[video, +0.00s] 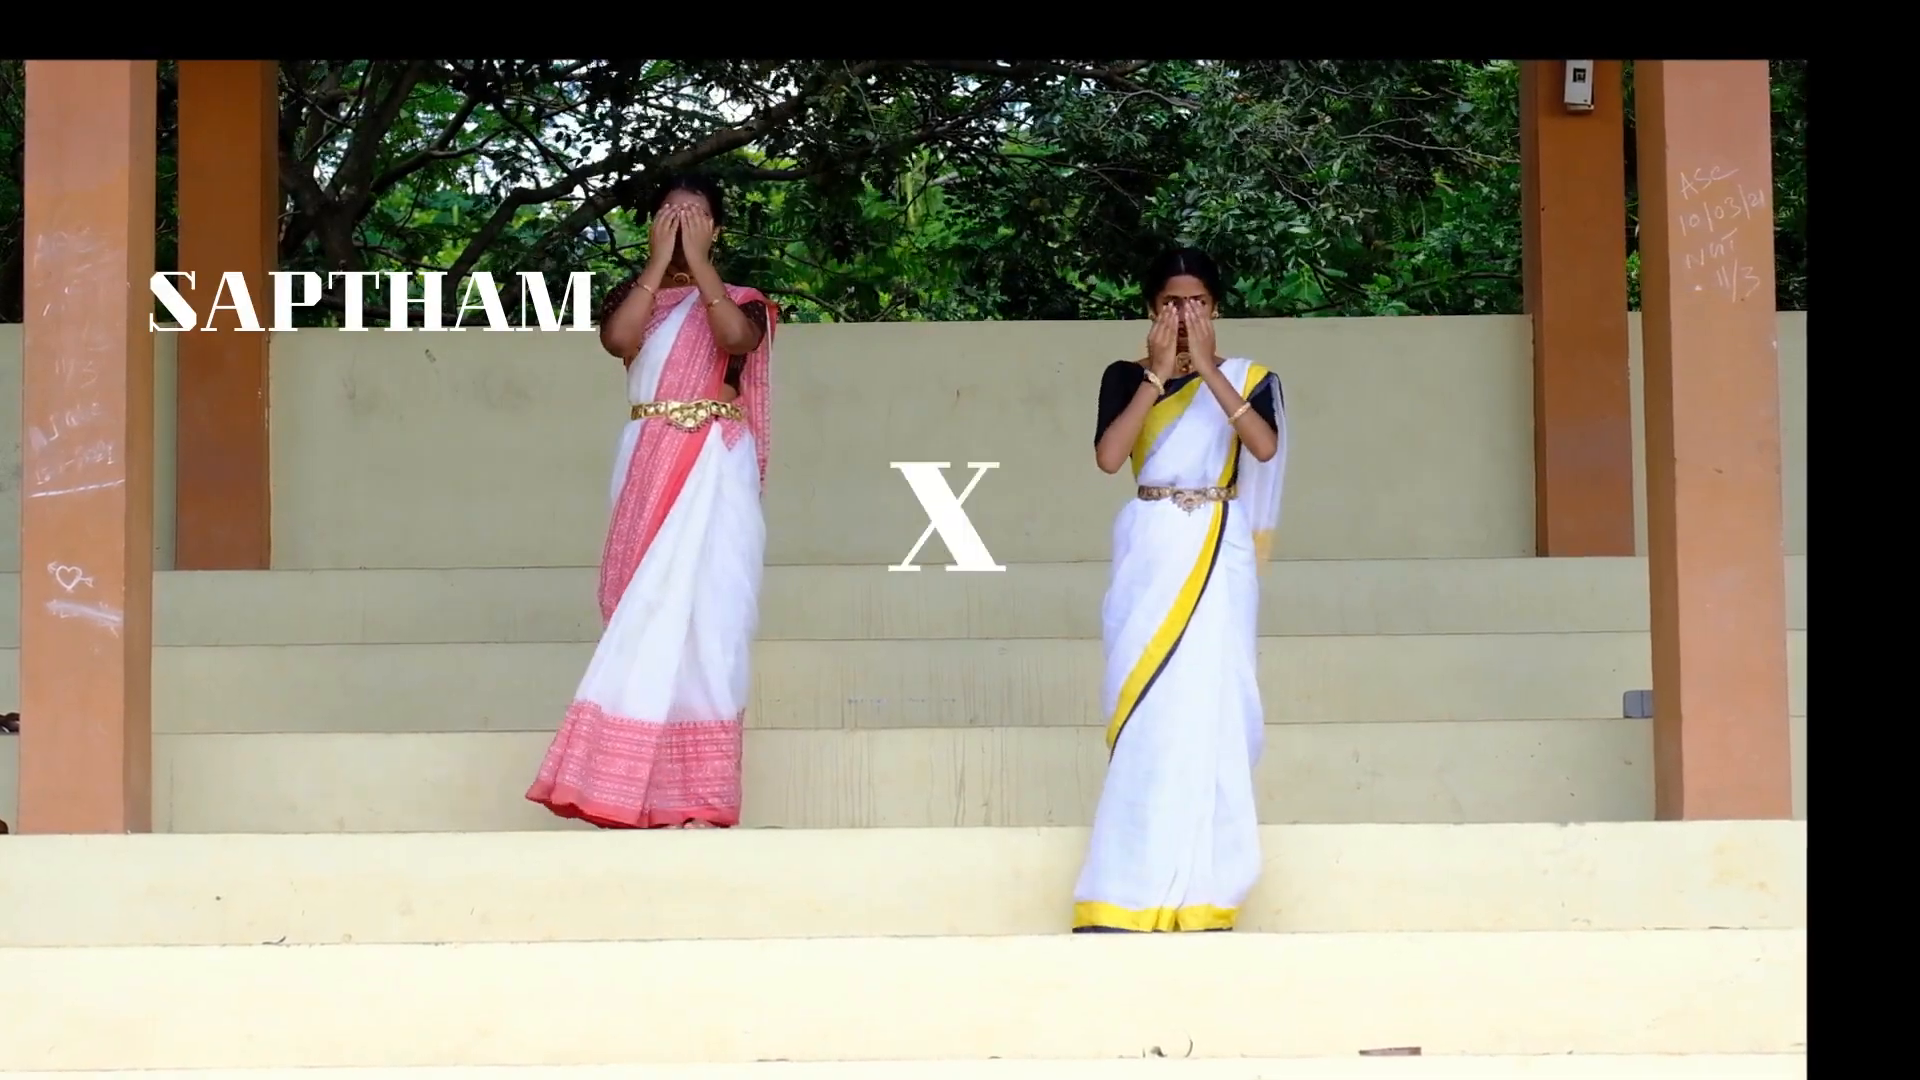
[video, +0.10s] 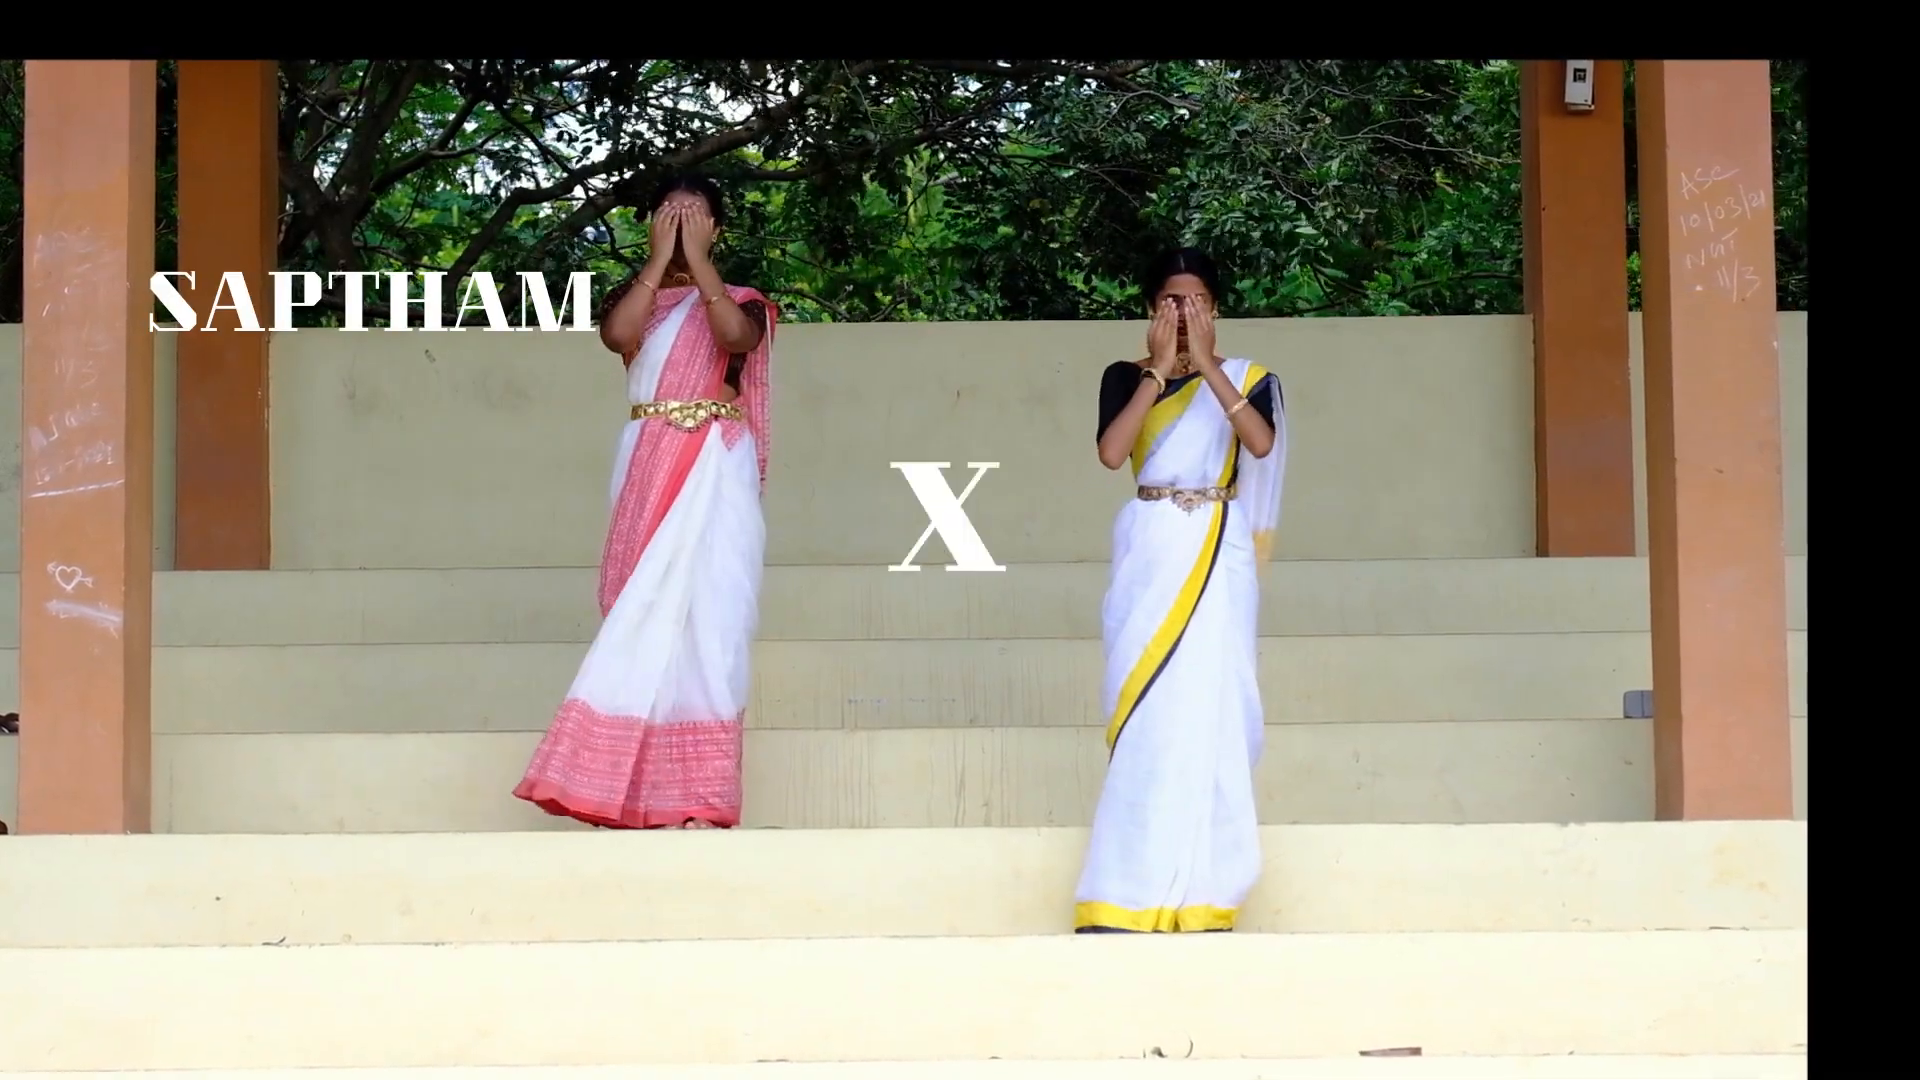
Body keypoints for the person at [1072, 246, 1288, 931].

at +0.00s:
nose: (1185, 313)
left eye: (1196, 302)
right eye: (1172, 303)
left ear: (1216, 310)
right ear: (1153, 313)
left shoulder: (1246, 377)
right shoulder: (1127, 377)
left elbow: (1264, 445)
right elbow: (1110, 457)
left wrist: (1206, 368)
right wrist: (1155, 376)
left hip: (1217, 557)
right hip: (1147, 555)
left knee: (1205, 712)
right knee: (1142, 711)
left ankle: (1201, 889)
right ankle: (1133, 889)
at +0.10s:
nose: (1183, 310)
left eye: (1196, 300)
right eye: (1171, 299)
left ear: (1215, 311)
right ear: (1153, 310)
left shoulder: (1246, 378)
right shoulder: (1127, 376)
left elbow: (1261, 442)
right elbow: (1112, 453)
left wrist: (1205, 365)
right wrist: (1157, 372)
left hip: (1216, 559)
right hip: (1147, 556)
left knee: (1205, 713)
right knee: (1142, 712)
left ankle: (1201, 889)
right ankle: (1134, 889)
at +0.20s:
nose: (1182, 307)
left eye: (1195, 298)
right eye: (1170, 297)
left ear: (1215, 309)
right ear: (1153, 310)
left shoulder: (1246, 377)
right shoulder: (1127, 377)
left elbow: (1258, 437)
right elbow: (1115, 448)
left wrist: (1204, 360)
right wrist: (1159, 367)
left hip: (1216, 559)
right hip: (1147, 556)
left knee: (1205, 712)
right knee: (1142, 711)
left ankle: (1202, 888)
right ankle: (1134, 889)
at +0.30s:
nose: (1183, 304)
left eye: (1195, 295)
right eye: (1172, 295)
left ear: (1216, 309)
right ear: (1153, 309)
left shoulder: (1246, 378)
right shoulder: (1128, 377)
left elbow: (1254, 430)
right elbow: (1118, 442)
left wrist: (1204, 356)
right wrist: (1161, 363)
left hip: (1215, 558)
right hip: (1146, 555)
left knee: (1205, 712)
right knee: (1142, 711)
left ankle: (1203, 889)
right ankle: (1133, 889)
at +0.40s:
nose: (1181, 303)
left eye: (1194, 292)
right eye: (1169, 293)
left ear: (1216, 304)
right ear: (1152, 305)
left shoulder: (1246, 377)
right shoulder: (1129, 376)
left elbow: (1251, 426)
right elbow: (1119, 438)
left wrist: (1202, 351)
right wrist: (1161, 359)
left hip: (1214, 557)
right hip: (1146, 554)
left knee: (1204, 712)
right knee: (1141, 711)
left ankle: (1202, 890)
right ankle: (1133, 890)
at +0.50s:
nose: (1182, 305)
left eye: (1195, 293)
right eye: (1169, 293)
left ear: (1216, 303)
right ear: (1152, 305)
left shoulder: (1245, 377)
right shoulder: (1129, 376)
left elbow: (1250, 422)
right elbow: (1120, 433)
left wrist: (1203, 348)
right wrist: (1161, 357)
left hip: (1214, 558)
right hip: (1146, 555)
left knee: (1204, 712)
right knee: (1142, 711)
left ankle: (1202, 890)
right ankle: (1133, 889)